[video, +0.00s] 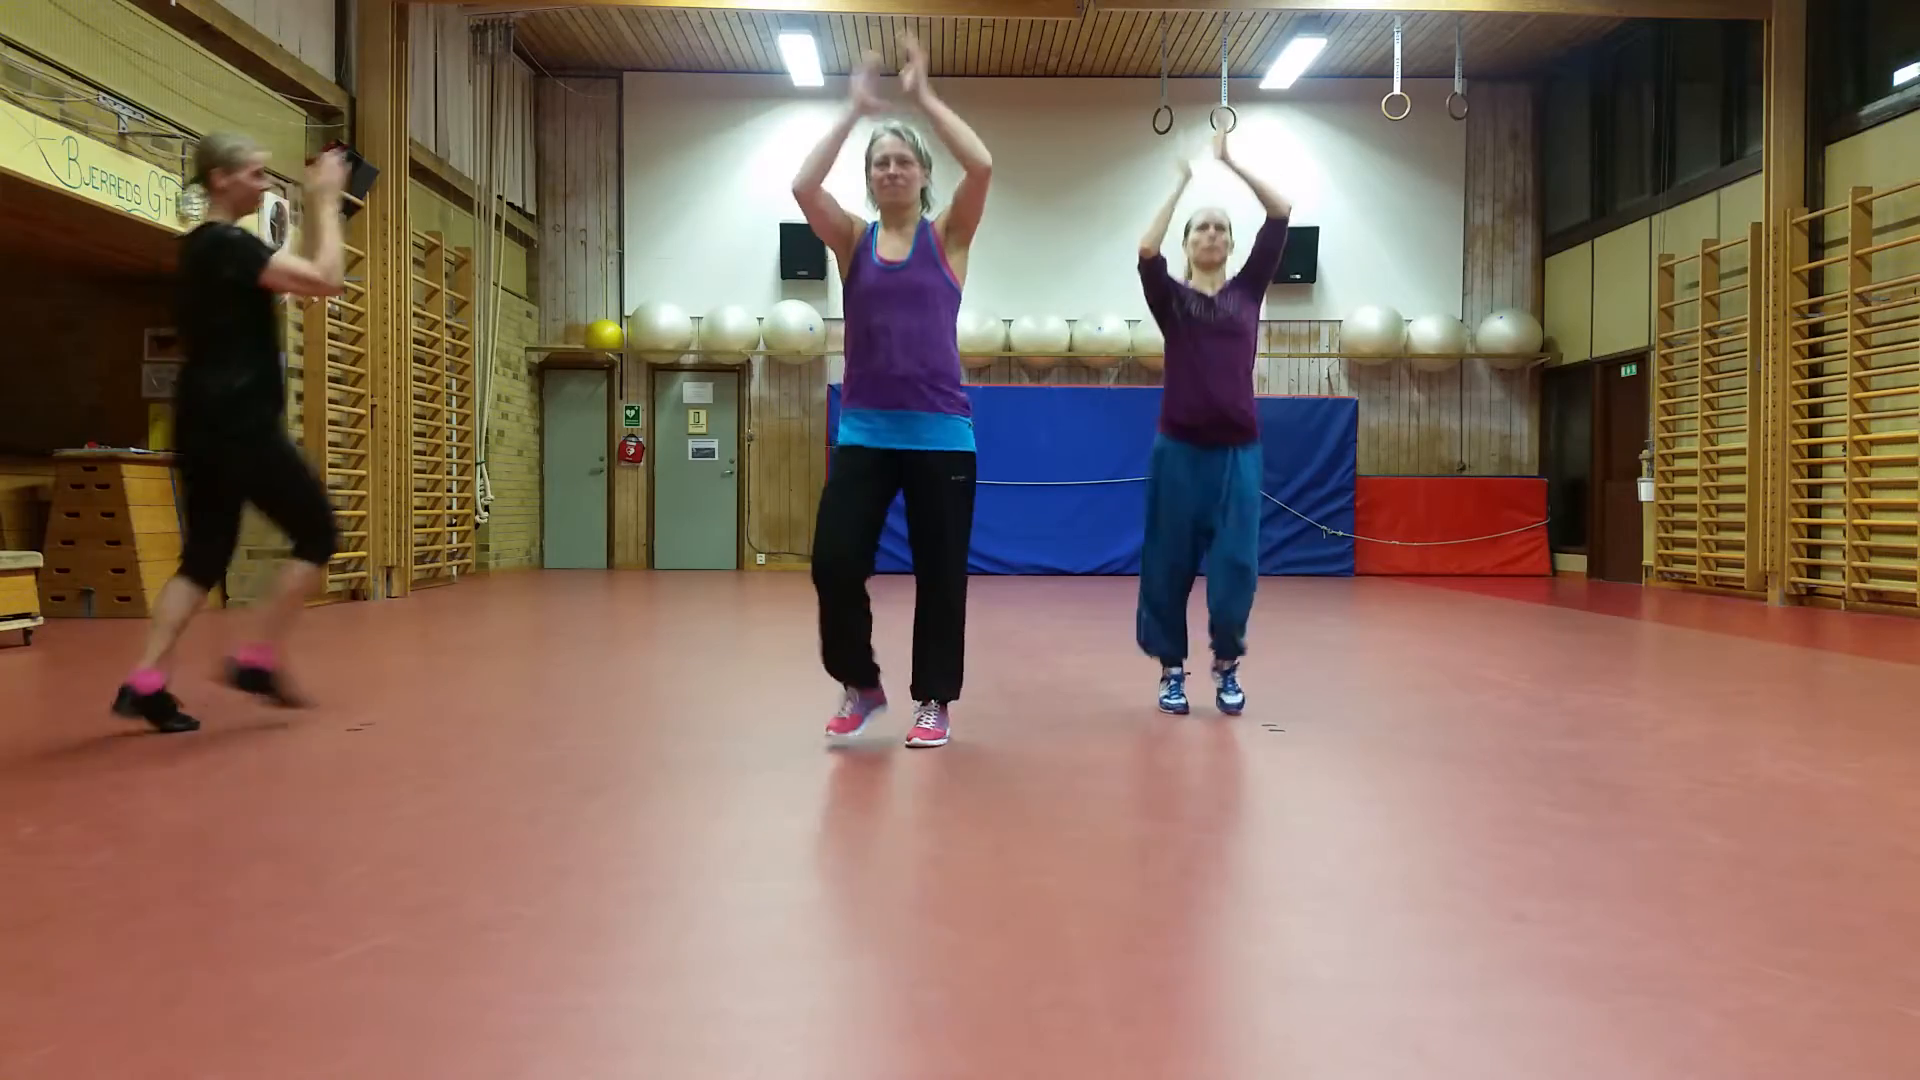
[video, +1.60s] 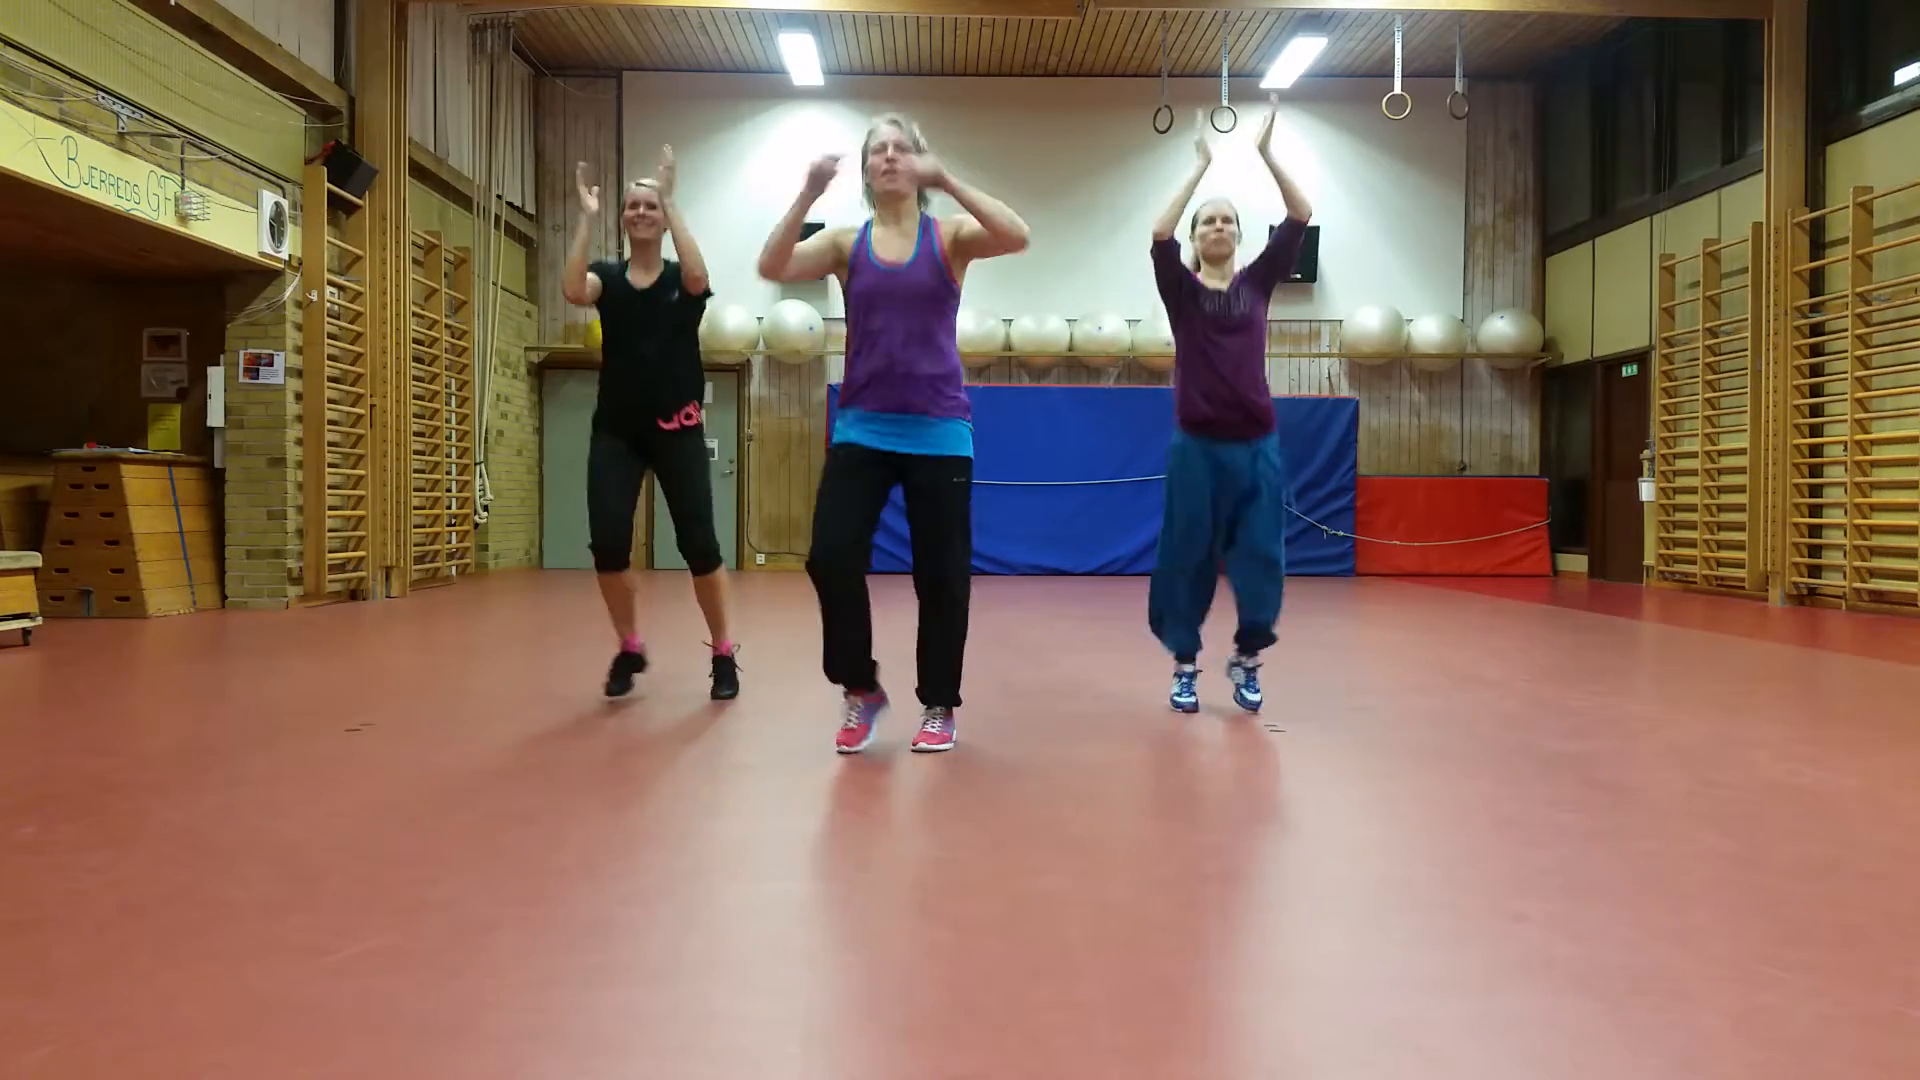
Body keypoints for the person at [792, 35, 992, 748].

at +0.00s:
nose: (891, 169)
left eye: (902, 160)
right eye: (879, 162)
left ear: (923, 175)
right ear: (867, 177)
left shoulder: (948, 236)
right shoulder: (853, 239)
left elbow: (981, 167)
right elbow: (804, 188)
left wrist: (923, 96)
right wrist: (855, 112)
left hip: (941, 428)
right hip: (865, 428)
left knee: (941, 572)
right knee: (834, 564)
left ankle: (934, 703)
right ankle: (862, 689)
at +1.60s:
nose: (890, 157)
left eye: (902, 149)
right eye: (879, 150)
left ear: (922, 168)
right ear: (865, 170)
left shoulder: (948, 234)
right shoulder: (846, 238)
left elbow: (1015, 236)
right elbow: (772, 266)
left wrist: (947, 180)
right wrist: (807, 196)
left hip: (939, 426)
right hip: (863, 424)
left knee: (943, 573)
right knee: (831, 560)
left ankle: (939, 708)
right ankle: (861, 693)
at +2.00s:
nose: (889, 154)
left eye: (899, 146)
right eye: (877, 147)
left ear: (919, 162)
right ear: (860, 166)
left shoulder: (945, 218)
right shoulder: (841, 233)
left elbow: (990, 252)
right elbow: (779, 287)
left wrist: (909, 266)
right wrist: (836, 234)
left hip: (929, 419)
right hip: (850, 420)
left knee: (998, 533)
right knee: (818, 550)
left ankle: (996, 672)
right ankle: (819, 692)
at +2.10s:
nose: (890, 163)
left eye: (901, 154)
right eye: (879, 156)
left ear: (923, 168)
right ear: (864, 173)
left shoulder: (948, 229)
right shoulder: (843, 235)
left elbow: (997, 260)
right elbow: (771, 259)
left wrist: (924, 226)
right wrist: (849, 282)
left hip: (946, 423)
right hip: (864, 424)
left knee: (1004, 551)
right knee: (790, 539)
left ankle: (1043, 683)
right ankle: (775, 678)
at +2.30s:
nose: (893, 188)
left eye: (905, 181)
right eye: (882, 181)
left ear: (924, 201)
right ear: (866, 201)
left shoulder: (945, 262)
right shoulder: (844, 258)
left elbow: (999, 280)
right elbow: (764, 271)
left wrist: (933, 239)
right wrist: (836, 287)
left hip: (942, 452)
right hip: (859, 452)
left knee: (1006, 580)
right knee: (802, 575)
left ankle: (1054, 704)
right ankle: (765, 711)